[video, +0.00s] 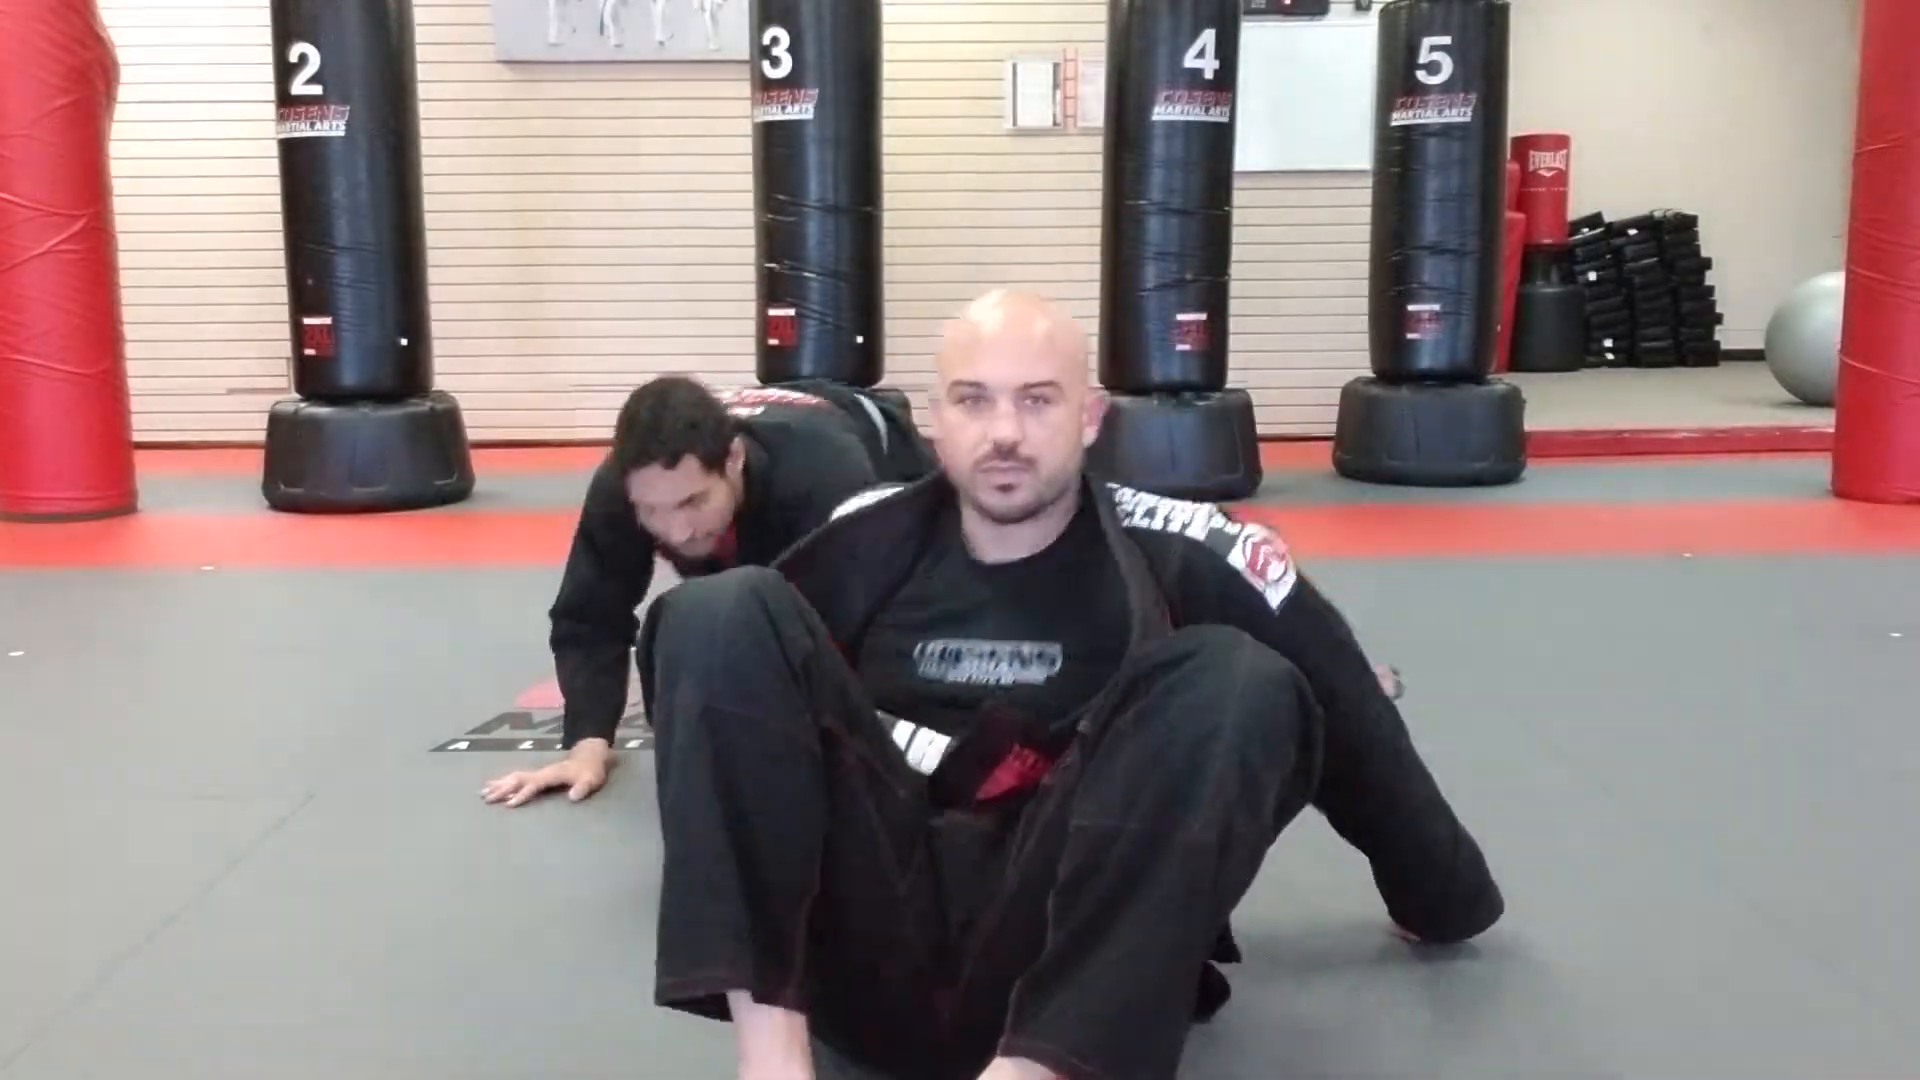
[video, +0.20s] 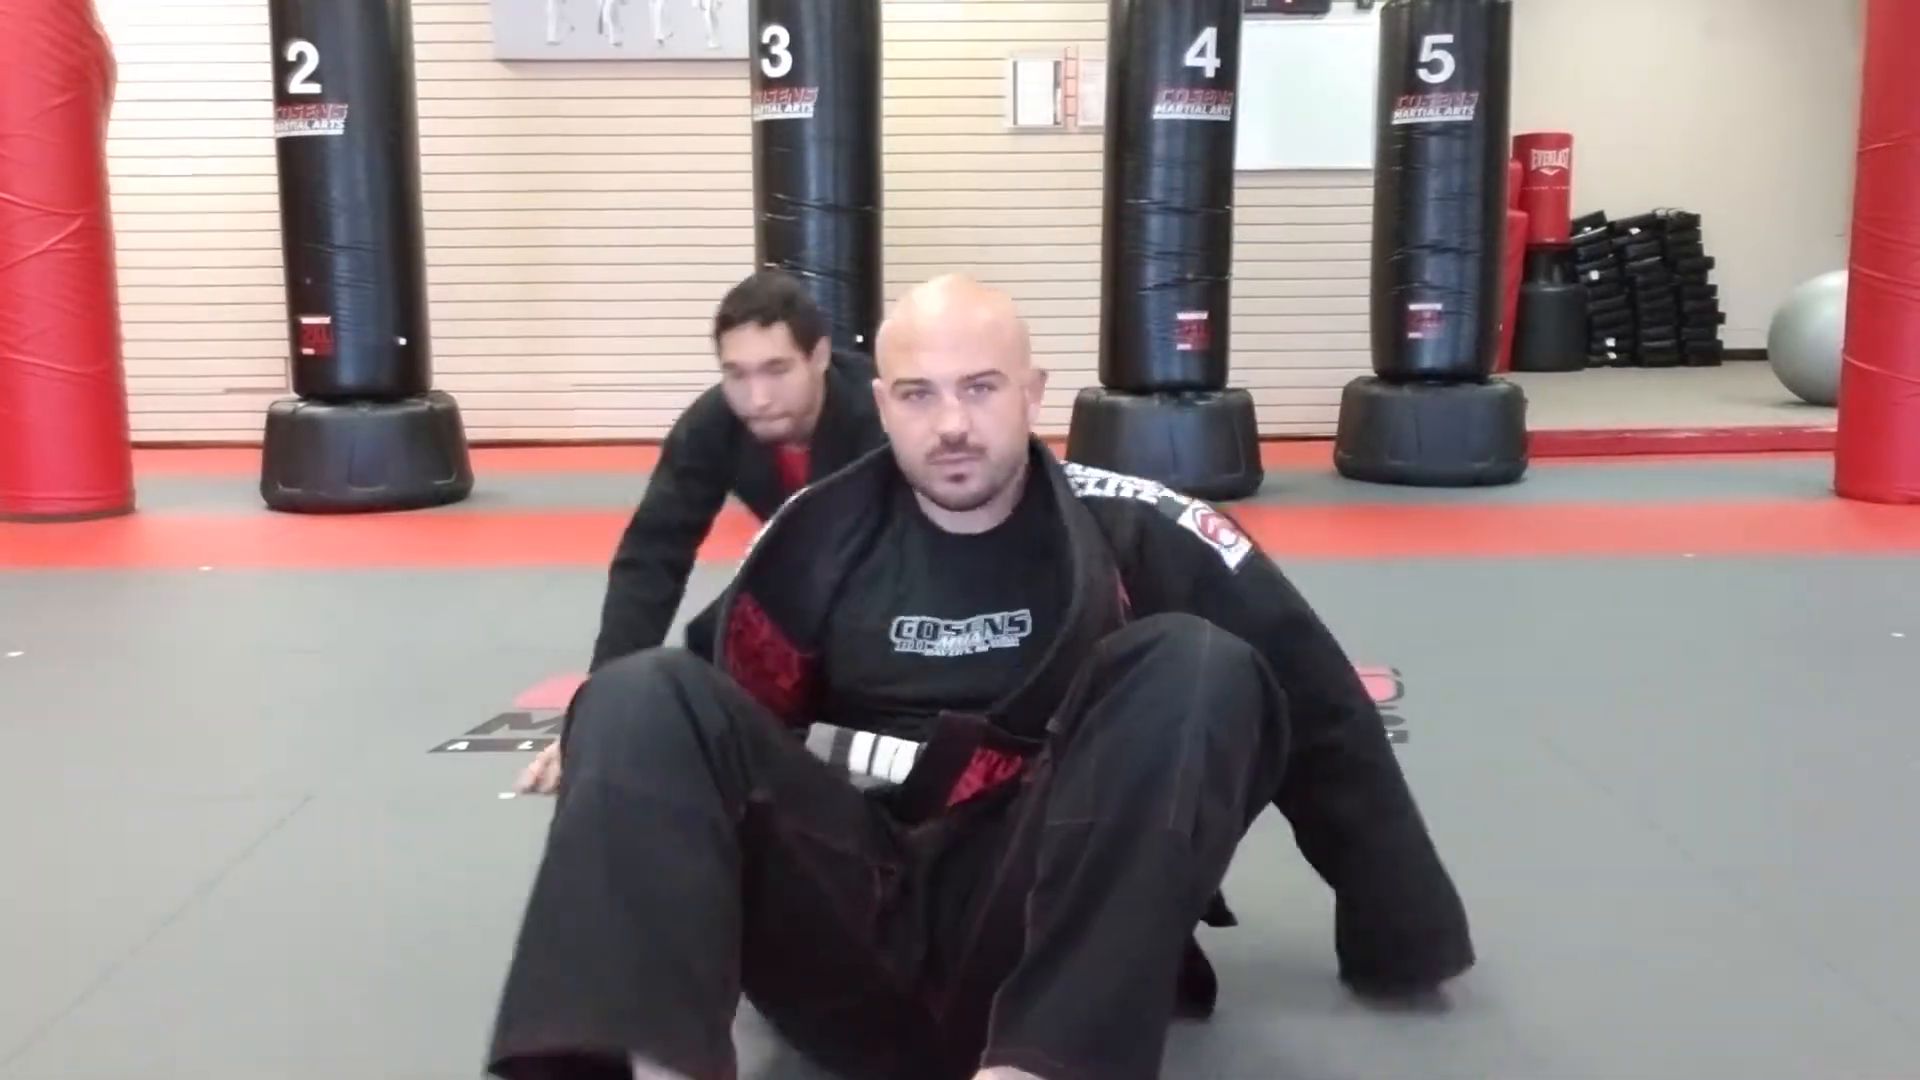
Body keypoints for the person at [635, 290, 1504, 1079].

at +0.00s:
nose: (1003, 432)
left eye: (1036, 401)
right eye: (973, 401)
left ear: (1092, 416)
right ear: (933, 419)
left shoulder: (1189, 554)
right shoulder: (855, 552)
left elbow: (1357, 732)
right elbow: (759, 720)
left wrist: (1445, 904)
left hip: (1065, 937)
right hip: (863, 933)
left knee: (1241, 682)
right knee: (723, 616)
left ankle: (1042, 1058)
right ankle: (769, 1043)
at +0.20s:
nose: (952, 425)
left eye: (981, 389)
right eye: (918, 395)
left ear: (1035, 394)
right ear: (878, 407)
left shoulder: (1138, 528)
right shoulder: (818, 537)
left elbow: (1323, 711)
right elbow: (701, 699)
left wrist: (1407, 935)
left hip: (1043, 913)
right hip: (842, 922)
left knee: (1202, 664)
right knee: (638, 697)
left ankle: (1050, 1062)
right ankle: (640, 1053)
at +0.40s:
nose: (929, 462)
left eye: (955, 432)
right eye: (897, 436)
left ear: (1001, 446)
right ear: (852, 458)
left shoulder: (1079, 590)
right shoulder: (783, 588)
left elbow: (1232, 752)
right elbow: (695, 743)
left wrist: (1288, 880)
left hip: (1025, 932)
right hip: (825, 938)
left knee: (1157, 611)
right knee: (657, 696)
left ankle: (1070, 1056)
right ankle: (641, 1062)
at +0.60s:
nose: (891, 535)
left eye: (912, 509)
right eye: (859, 515)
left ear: (950, 519)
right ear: (812, 543)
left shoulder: (1037, 614)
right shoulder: (760, 643)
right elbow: (678, 779)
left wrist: (1068, 579)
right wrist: (650, 1002)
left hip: (1045, 949)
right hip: (845, 960)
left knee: (1126, 553)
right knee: (674, 620)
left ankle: (1171, 965)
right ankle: (782, 1035)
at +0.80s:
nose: (862, 582)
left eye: (879, 557)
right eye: (828, 572)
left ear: (918, 571)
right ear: (795, 611)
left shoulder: (1017, 659)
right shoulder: (777, 707)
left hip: (1063, 950)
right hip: (865, 973)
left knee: (1107, 521)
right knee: (690, 571)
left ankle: (1183, 917)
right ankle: (764, 963)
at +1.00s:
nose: (847, 596)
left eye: (855, 581)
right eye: (818, 603)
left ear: (903, 593)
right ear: (798, 663)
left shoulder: (1024, 661)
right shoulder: (795, 736)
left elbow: (1176, 659)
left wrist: (1097, 575)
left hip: (1061, 959)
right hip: (863, 976)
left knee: (1119, 571)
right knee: (681, 598)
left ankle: (1167, 1027)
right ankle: (667, 1026)